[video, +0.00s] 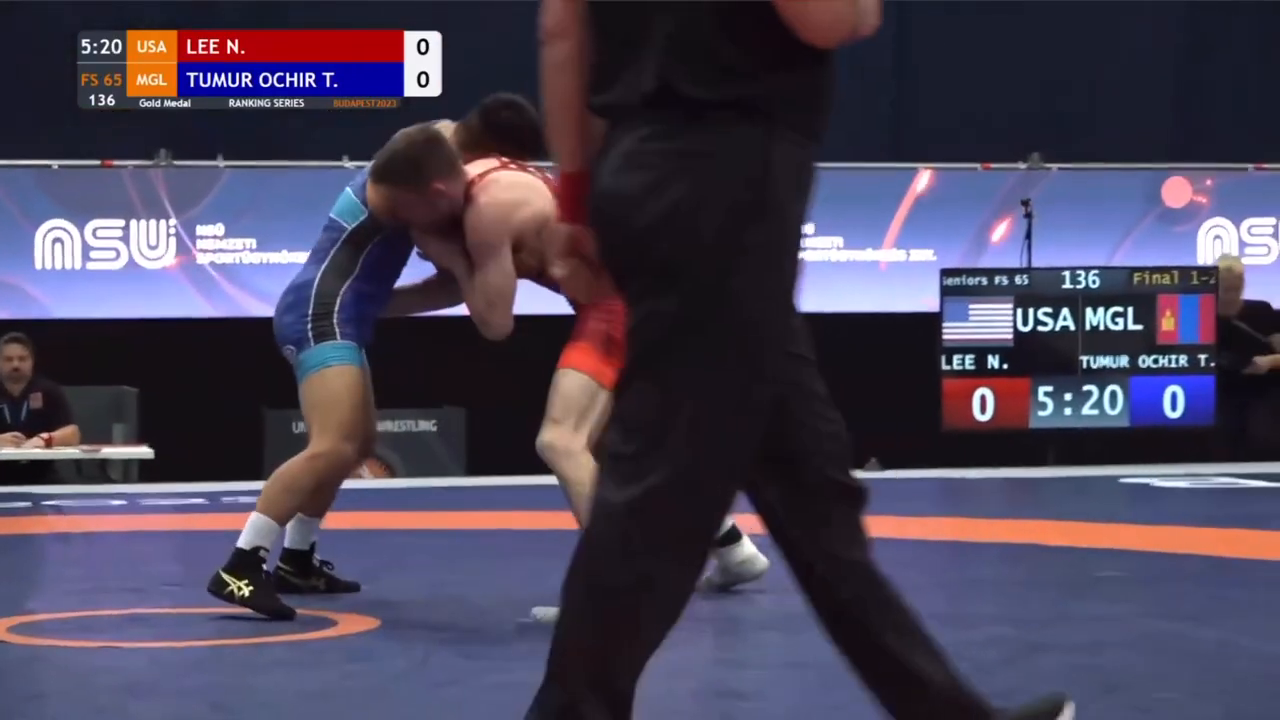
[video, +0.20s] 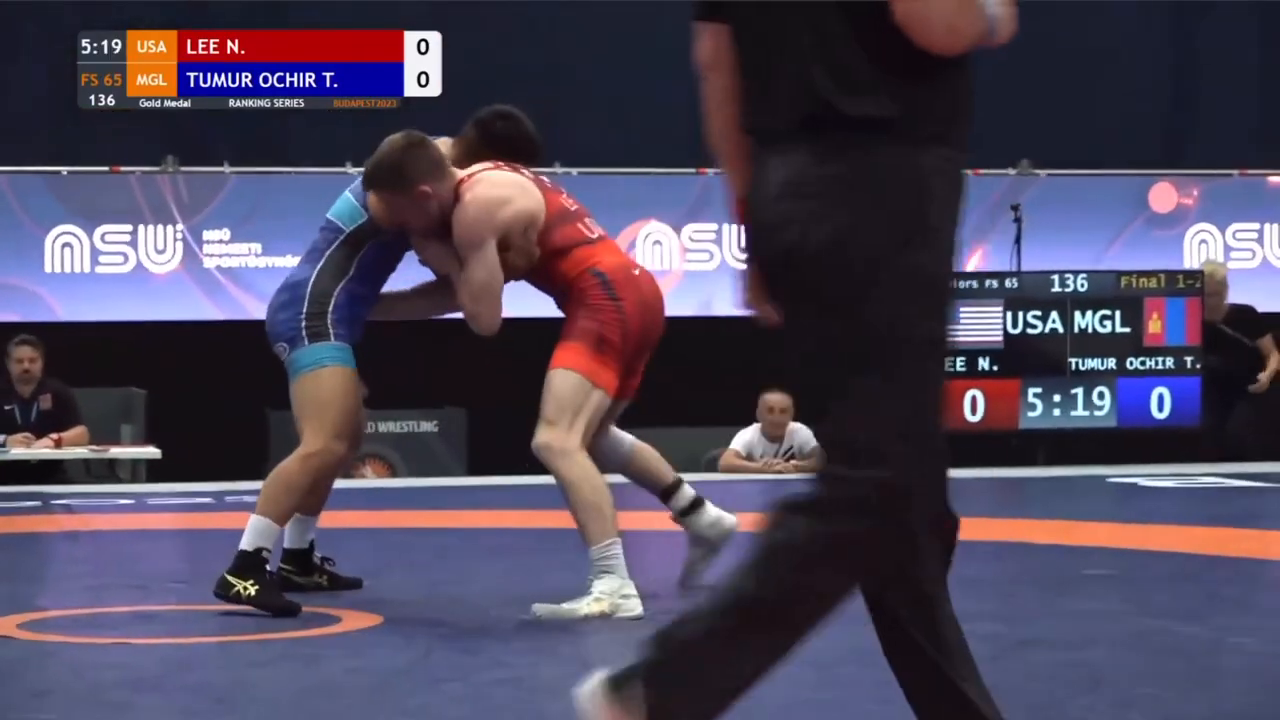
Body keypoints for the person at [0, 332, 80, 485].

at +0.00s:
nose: (15, 365)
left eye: (22, 359)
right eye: (8, 360)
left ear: (32, 362)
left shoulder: (48, 392)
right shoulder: (2, 395)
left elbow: (73, 435)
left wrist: (43, 440)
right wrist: (1, 441)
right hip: (4, 478)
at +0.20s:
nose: (26, 367)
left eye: (32, 361)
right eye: (19, 361)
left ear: (42, 363)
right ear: (8, 364)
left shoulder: (57, 392)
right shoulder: (3, 395)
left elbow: (82, 435)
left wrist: (53, 440)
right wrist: (5, 441)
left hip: (50, 477)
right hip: (8, 479)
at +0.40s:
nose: (29, 369)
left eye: (36, 363)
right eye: (22, 363)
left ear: (46, 365)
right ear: (11, 365)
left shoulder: (60, 394)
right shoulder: (4, 397)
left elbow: (85, 436)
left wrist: (56, 441)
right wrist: (8, 442)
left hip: (53, 479)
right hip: (10, 480)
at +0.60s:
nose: (29, 370)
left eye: (36, 364)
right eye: (23, 364)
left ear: (46, 366)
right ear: (12, 367)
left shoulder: (60, 394)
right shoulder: (4, 398)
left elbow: (86, 437)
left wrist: (56, 442)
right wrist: (9, 443)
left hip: (53, 479)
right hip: (11, 480)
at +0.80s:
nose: (30, 371)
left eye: (36, 365)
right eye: (23, 365)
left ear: (46, 366)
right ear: (12, 367)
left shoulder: (61, 396)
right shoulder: (4, 399)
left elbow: (86, 438)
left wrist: (56, 443)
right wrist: (9, 444)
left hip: (54, 481)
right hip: (11, 482)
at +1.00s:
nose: (46, 371)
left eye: (52, 365)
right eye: (39, 366)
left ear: (62, 368)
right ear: (28, 369)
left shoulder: (78, 398)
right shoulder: (13, 400)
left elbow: (101, 439)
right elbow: (2, 438)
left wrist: (72, 444)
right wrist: (25, 445)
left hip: (71, 481)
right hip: (26, 482)